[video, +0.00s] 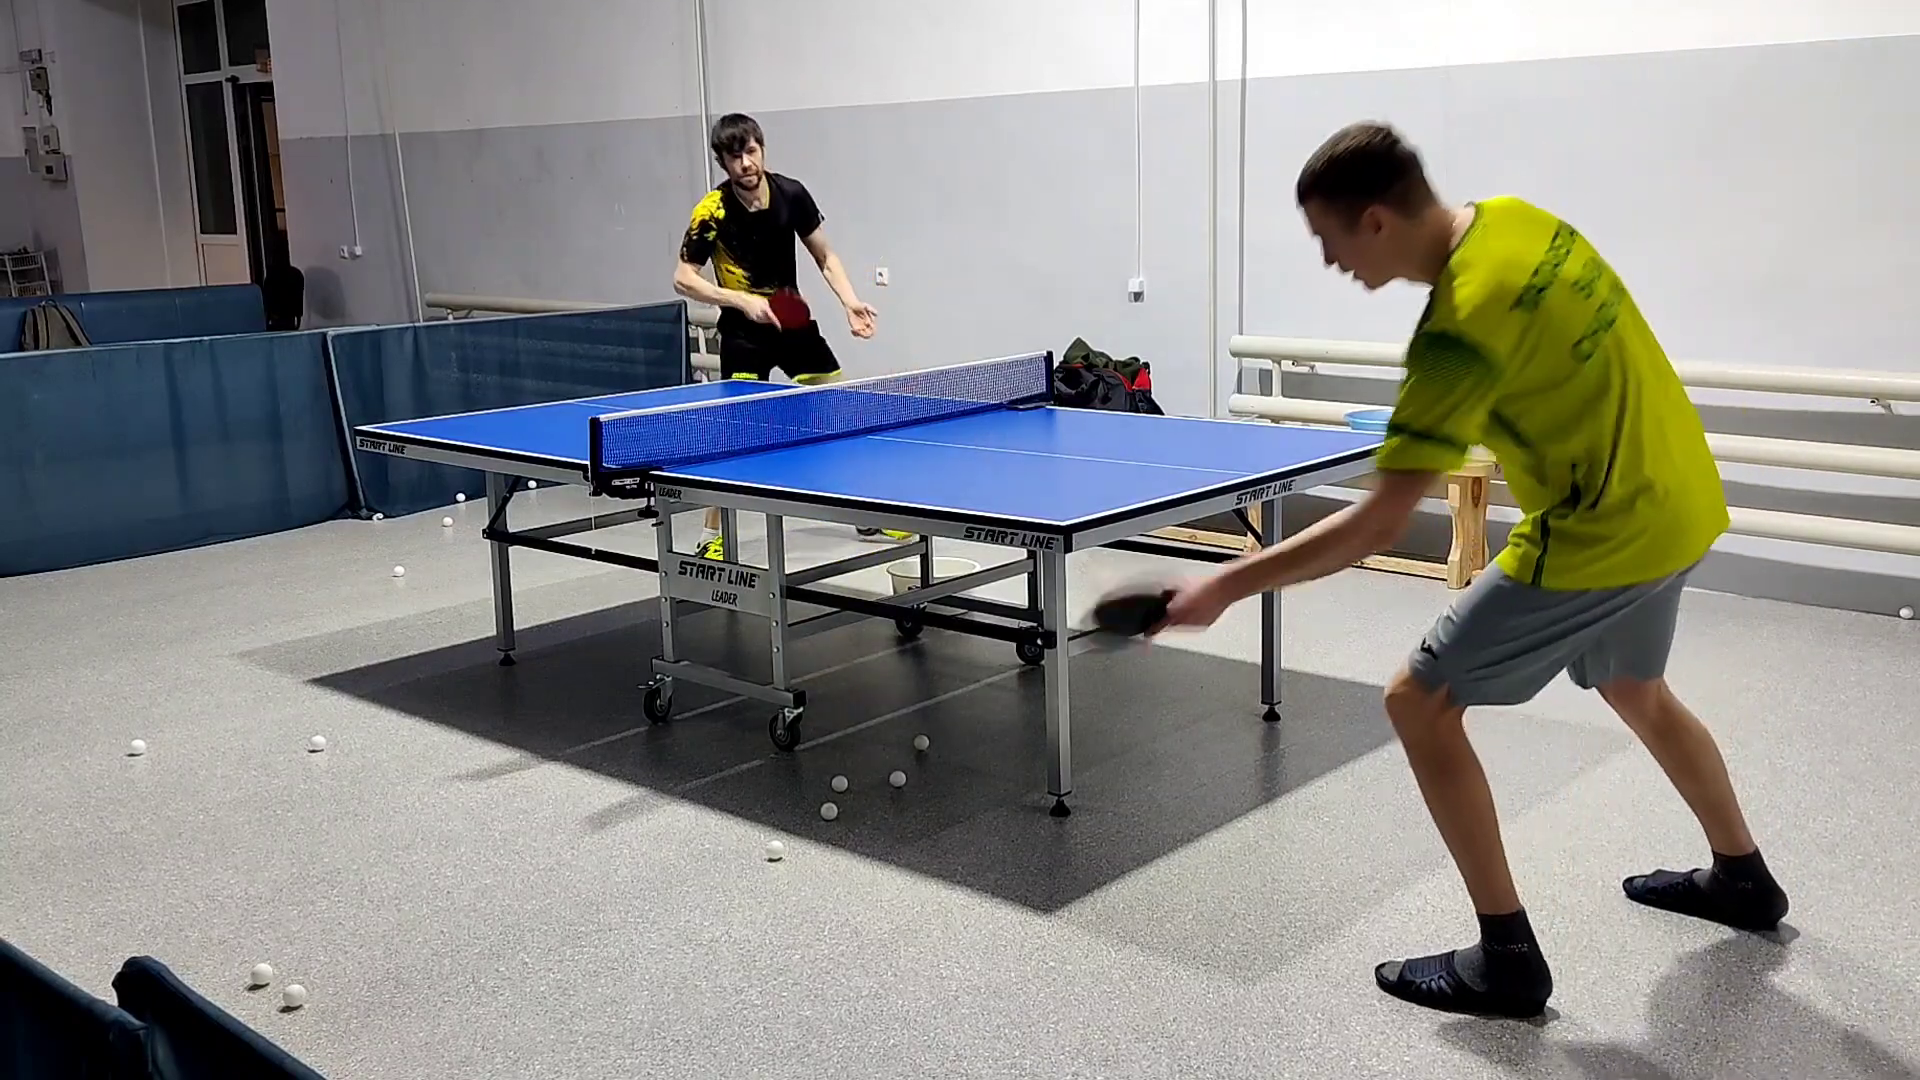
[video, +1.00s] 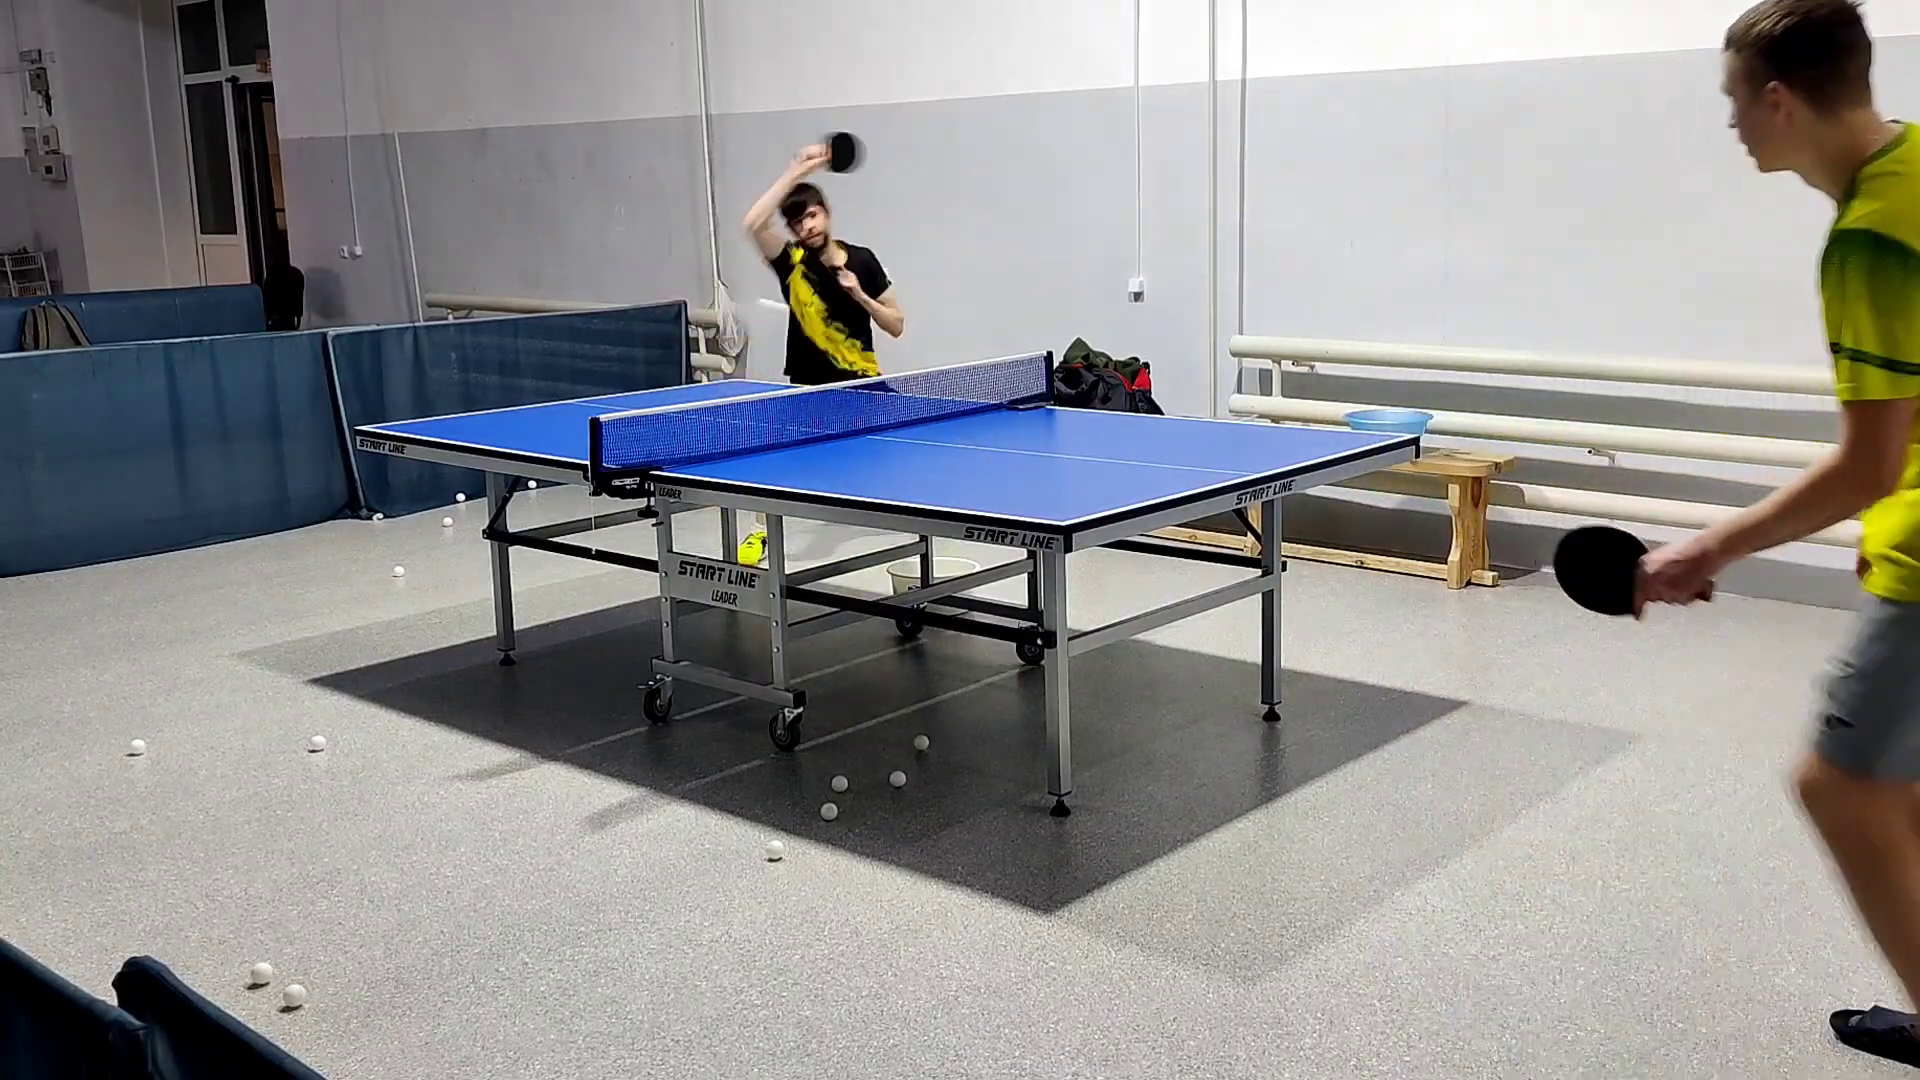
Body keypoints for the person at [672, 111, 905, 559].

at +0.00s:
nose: (745, 164)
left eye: (750, 153)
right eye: (734, 157)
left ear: (763, 150)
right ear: (722, 162)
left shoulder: (790, 194)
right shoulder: (712, 210)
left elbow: (824, 255)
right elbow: (685, 278)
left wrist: (850, 302)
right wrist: (740, 299)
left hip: (793, 322)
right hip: (742, 329)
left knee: (844, 408)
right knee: (732, 427)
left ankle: (870, 507)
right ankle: (714, 535)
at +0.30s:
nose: (731, 183)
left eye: (736, 171)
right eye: (720, 177)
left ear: (749, 167)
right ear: (711, 183)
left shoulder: (789, 204)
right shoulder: (714, 231)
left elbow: (831, 266)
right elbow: (702, 305)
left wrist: (793, 280)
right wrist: (710, 306)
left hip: (810, 333)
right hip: (759, 340)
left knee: (865, 411)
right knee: (739, 429)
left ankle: (887, 508)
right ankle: (718, 533)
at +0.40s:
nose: (719, 195)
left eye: (725, 182)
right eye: (710, 188)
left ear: (740, 177)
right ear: (702, 194)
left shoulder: (782, 206)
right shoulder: (715, 244)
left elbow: (810, 269)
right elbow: (715, 308)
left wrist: (743, 275)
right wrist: (707, 354)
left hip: (827, 322)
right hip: (776, 330)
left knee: (880, 396)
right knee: (763, 411)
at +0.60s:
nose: (716, 257)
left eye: (721, 245)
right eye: (707, 250)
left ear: (739, 238)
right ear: (701, 256)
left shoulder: (773, 261)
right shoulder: (737, 292)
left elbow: (774, 310)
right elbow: (753, 361)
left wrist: (707, 314)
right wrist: (737, 410)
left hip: (863, 361)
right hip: (811, 363)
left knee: (890, 455)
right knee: (751, 425)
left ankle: (901, 564)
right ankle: (757, 532)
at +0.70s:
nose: (725, 271)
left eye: (730, 259)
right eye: (718, 265)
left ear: (750, 253)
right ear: (716, 270)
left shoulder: (788, 275)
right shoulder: (753, 310)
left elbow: (820, 330)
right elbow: (775, 368)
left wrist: (749, 336)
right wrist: (759, 412)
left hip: (872, 372)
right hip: (821, 375)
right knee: (768, 430)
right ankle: (757, 532)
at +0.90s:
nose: (781, 242)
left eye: (786, 231)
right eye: (772, 237)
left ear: (802, 226)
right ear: (766, 242)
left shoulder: (845, 261)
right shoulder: (774, 280)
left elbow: (896, 316)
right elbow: (731, 304)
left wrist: (841, 299)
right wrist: (710, 248)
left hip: (869, 381)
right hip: (816, 382)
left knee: (890, 465)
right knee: (778, 443)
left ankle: (901, 561)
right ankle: (760, 530)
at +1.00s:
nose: (807, 226)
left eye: (813, 216)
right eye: (798, 221)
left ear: (828, 215)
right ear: (792, 228)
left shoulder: (861, 260)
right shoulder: (790, 262)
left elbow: (896, 326)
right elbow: (755, 224)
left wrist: (859, 294)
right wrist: (798, 169)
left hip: (862, 385)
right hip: (805, 386)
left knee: (887, 469)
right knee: (789, 463)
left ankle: (903, 559)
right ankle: (763, 536)